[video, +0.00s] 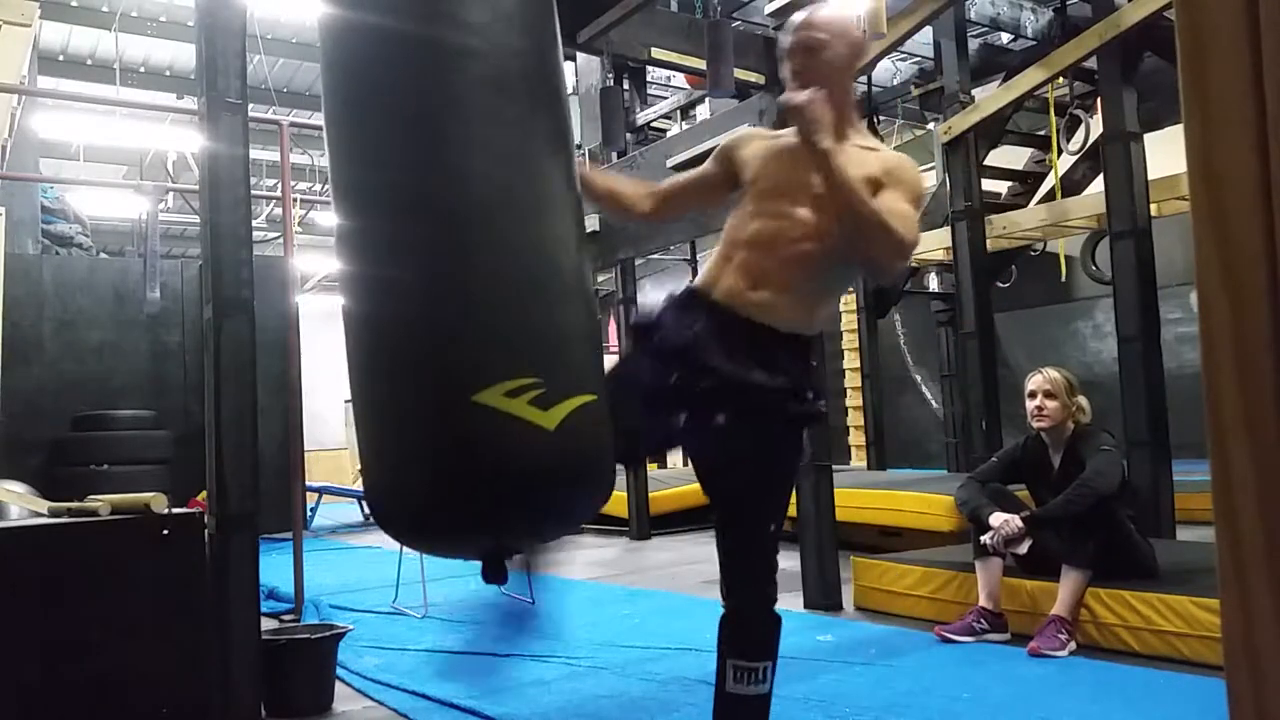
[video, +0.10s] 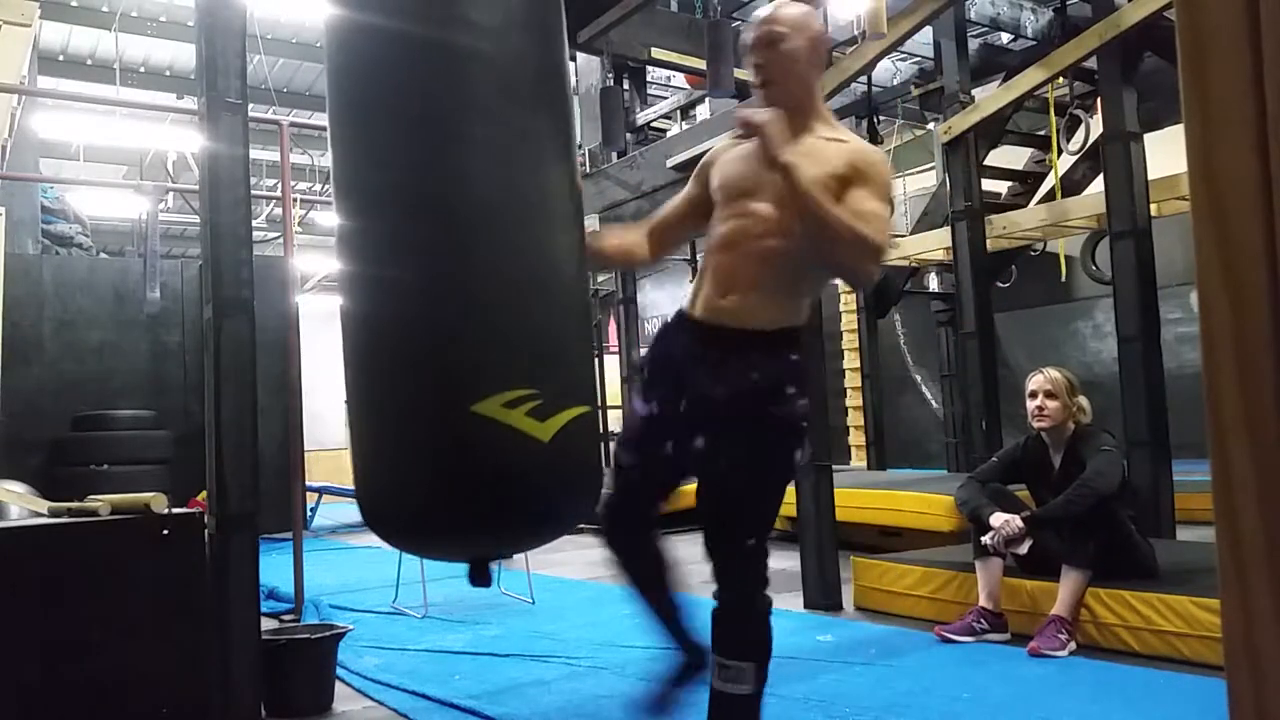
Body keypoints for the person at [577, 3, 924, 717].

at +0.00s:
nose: (798, 50)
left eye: (818, 40)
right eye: (792, 38)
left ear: (862, 55)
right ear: (780, 53)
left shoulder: (893, 170)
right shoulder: (750, 149)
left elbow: (891, 257)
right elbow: (651, 202)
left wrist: (824, 147)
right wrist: (569, 167)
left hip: (771, 368)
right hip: (686, 331)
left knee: (747, 574)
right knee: (567, 464)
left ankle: (740, 716)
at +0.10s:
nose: (755, 54)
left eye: (774, 40)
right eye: (751, 44)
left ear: (822, 53)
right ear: (746, 59)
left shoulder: (857, 158)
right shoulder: (727, 154)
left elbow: (863, 263)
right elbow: (648, 241)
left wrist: (784, 161)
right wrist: (566, 239)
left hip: (767, 367)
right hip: (685, 354)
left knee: (738, 556)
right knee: (623, 520)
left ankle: (733, 711)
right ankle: (693, 648)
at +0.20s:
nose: (714, 58)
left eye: (732, 40)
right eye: (710, 47)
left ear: (780, 45)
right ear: (709, 65)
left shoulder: (822, 144)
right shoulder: (708, 164)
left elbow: (821, 249)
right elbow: (667, 274)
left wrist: (716, 167)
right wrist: (621, 315)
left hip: (763, 365)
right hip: (693, 362)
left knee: (727, 554)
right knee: (689, 542)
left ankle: (724, 715)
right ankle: (802, 665)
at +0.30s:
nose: (680, 69)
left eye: (694, 52)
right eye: (677, 59)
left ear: (741, 52)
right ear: (687, 75)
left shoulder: (790, 137)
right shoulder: (706, 169)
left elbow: (783, 225)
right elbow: (697, 296)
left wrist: (640, 179)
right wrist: (646, 367)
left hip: (758, 365)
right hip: (707, 369)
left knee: (706, 551)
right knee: (754, 534)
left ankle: (722, 715)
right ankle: (854, 672)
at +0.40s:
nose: (666, 98)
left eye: (672, 78)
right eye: (661, 87)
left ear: (717, 60)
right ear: (717, 69)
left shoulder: (760, 126)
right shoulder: (738, 150)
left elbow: (724, 198)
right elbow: (735, 298)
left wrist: (588, 178)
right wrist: (670, 386)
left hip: (750, 367)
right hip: (748, 367)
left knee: (704, 556)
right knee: (805, 532)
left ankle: (722, 711)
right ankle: (882, 676)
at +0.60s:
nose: (691, 139)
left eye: (689, 125)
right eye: (685, 130)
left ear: (712, 95)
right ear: (743, 95)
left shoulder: (738, 146)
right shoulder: (814, 170)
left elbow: (690, 203)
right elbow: (835, 293)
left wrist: (566, 199)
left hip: (773, 369)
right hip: (825, 364)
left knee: (727, 555)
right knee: (859, 532)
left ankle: (730, 712)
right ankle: (931, 680)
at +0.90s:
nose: (750, 150)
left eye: (748, 137)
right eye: (745, 140)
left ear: (770, 113)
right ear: (803, 108)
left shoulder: (788, 153)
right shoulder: (872, 169)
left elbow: (746, 224)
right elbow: (945, 252)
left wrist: (624, 218)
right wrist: (890, 324)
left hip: (815, 347)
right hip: (870, 348)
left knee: (763, 530)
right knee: (870, 519)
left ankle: (782, 707)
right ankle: (929, 672)